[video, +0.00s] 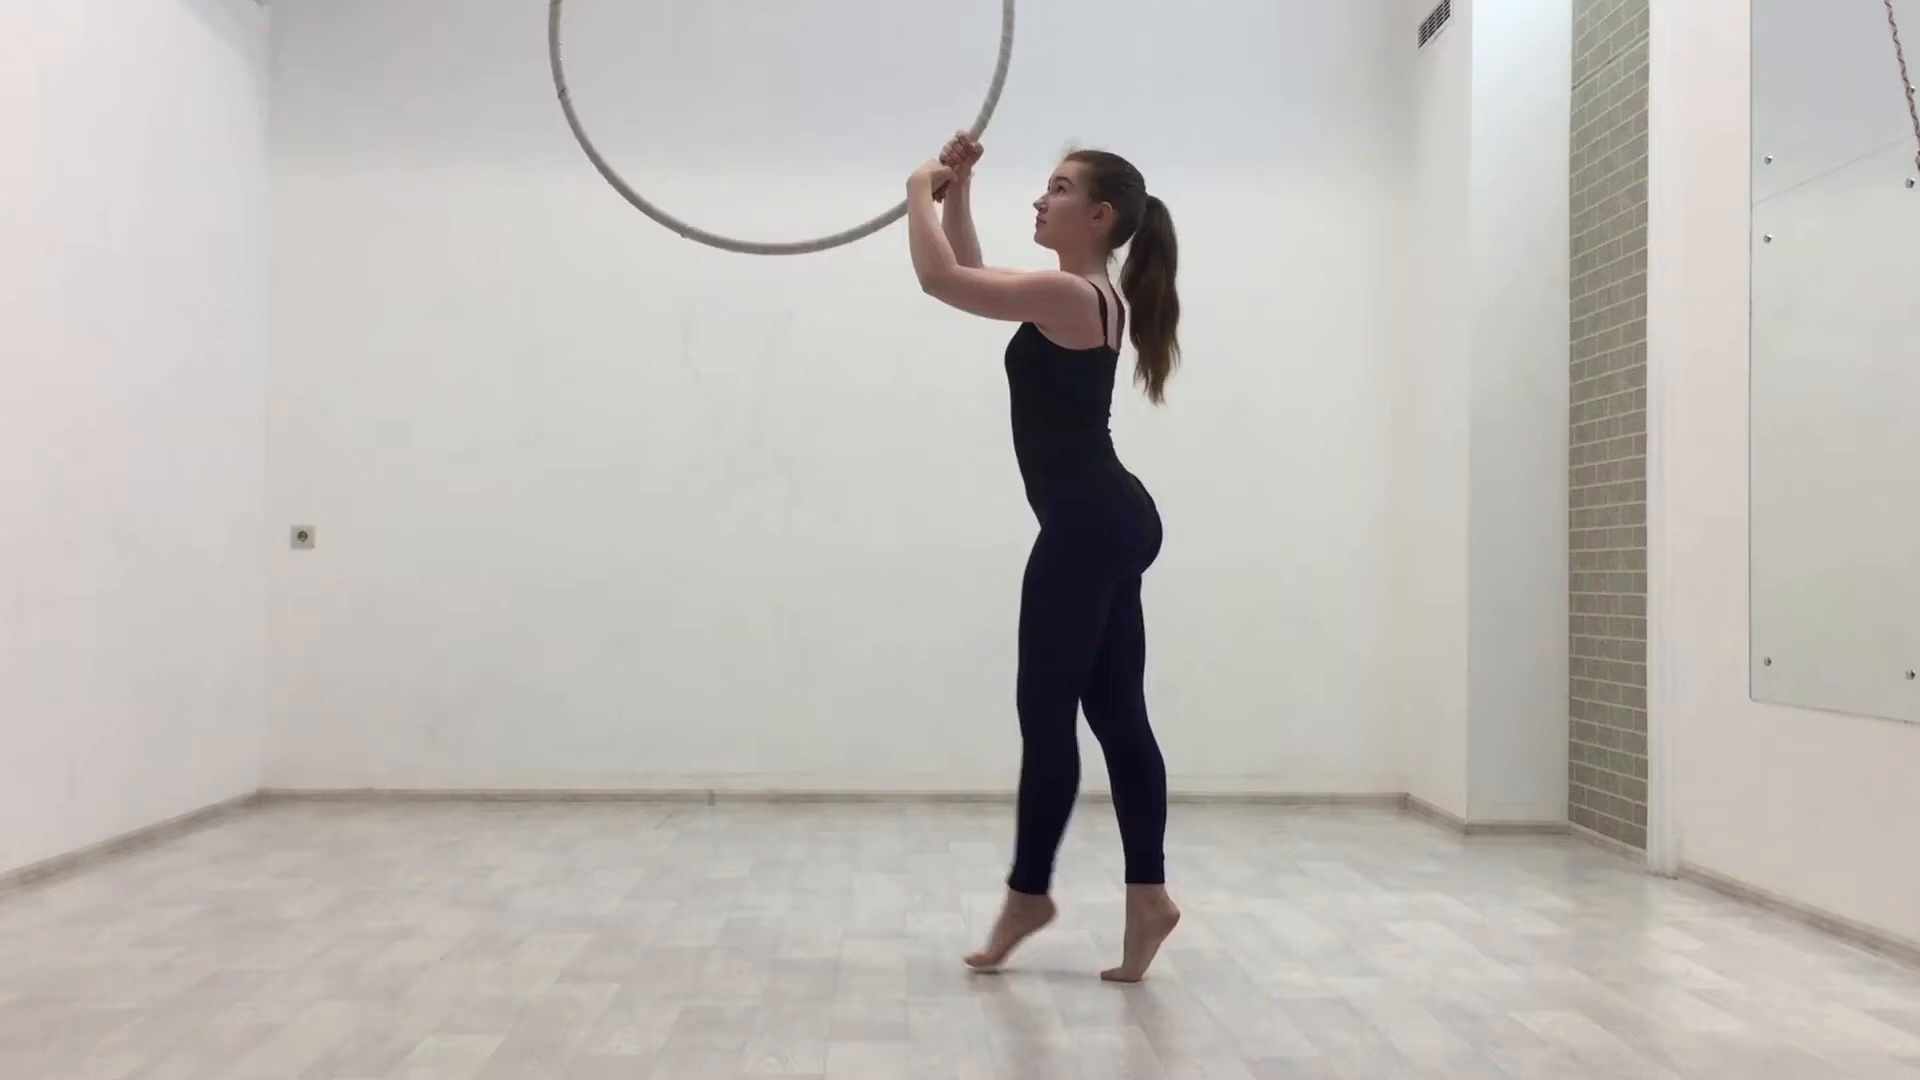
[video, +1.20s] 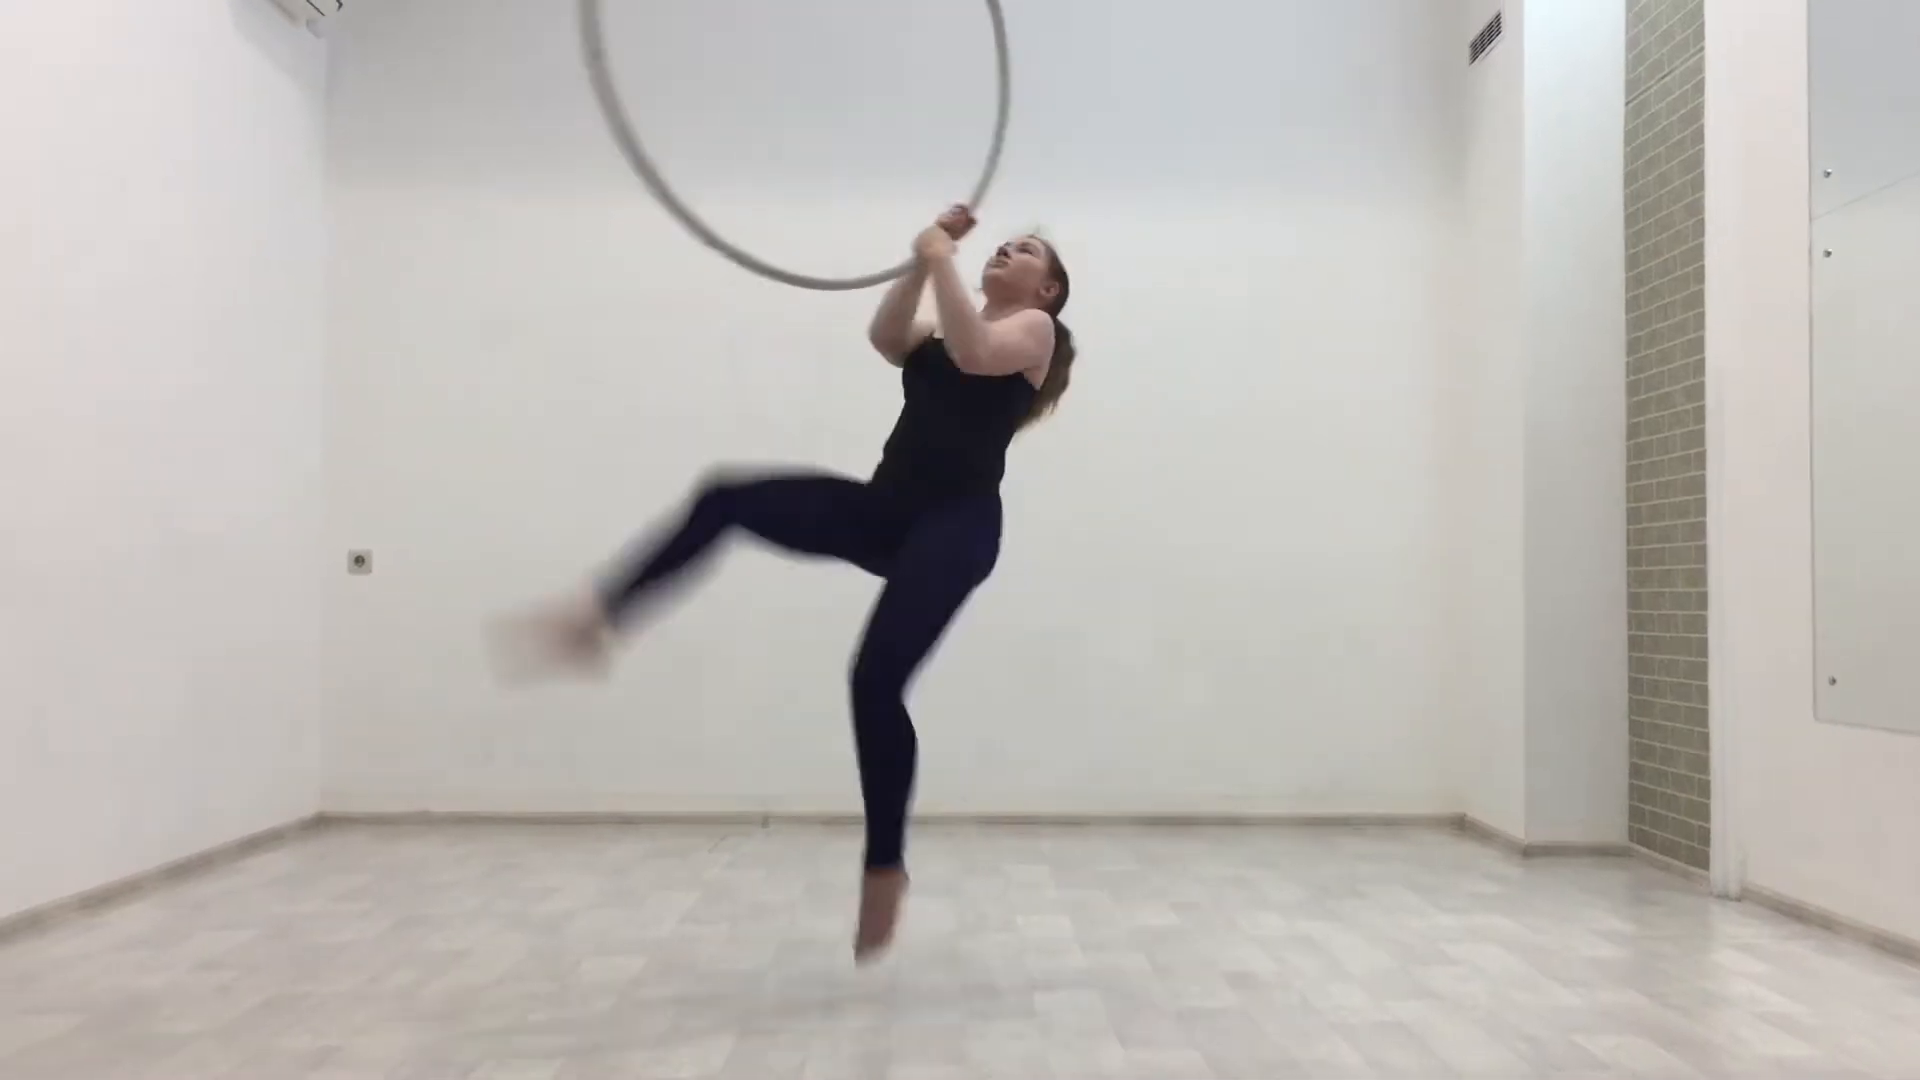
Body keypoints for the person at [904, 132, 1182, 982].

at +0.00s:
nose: (1041, 199)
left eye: (1060, 190)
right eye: (1048, 186)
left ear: (1102, 216)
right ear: (1095, 219)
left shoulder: (1063, 296)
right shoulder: (1095, 298)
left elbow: (939, 279)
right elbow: (971, 276)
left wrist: (920, 194)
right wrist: (959, 190)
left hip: (1079, 532)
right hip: (1115, 521)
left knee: (1042, 713)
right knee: (1120, 715)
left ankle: (1028, 892)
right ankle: (1148, 897)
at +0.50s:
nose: (1010, 215)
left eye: (1028, 208)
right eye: (1019, 203)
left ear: (1063, 237)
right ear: (1066, 242)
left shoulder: (1018, 308)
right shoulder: (1069, 316)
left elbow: (900, 298)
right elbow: (942, 294)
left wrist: (895, 214)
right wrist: (932, 207)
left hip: (1042, 546)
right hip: (1096, 535)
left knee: (970, 724)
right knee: (1112, 729)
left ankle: (908, 900)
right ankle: (1151, 909)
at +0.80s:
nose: (967, 238)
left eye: (986, 234)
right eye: (979, 228)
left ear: (1017, 270)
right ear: (1012, 273)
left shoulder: (976, 336)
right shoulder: (989, 335)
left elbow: (852, 310)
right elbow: (875, 308)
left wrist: (858, 224)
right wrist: (883, 224)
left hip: (991, 569)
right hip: (1019, 560)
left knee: (918, 741)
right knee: (1066, 746)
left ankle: (882, 935)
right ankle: (1145, 915)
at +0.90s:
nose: (963, 244)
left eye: (982, 243)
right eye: (974, 235)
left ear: (1009, 281)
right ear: (1002, 281)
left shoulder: (974, 344)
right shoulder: (960, 337)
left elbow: (851, 315)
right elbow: (846, 315)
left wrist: (853, 229)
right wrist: (870, 225)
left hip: (965, 579)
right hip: (965, 571)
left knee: (909, 754)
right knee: (1000, 757)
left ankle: (895, 950)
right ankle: (1119, 898)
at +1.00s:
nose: (974, 247)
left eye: (996, 248)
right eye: (983, 239)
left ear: (1020, 289)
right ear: (998, 281)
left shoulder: (988, 349)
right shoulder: (939, 342)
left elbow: (879, 333)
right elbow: (836, 319)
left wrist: (858, 241)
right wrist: (868, 235)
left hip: (961, 572)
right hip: (909, 570)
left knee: (923, 761)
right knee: (880, 758)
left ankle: (908, 956)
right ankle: (1005, 887)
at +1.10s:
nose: (992, 246)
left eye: (1016, 247)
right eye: (995, 239)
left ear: (1039, 289)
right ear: (978, 268)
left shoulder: (1017, 334)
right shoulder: (942, 339)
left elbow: (922, 341)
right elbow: (856, 328)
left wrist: (886, 250)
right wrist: (885, 246)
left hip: (960, 559)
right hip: (891, 545)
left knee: (921, 742)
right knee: (769, 664)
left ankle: (905, 935)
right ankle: (771, 848)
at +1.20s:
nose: (1002, 255)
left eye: (1024, 254)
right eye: (999, 251)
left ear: (1048, 293)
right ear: (981, 273)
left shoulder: (1039, 330)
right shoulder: (949, 331)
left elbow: (975, 349)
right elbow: (888, 335)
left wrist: (936, 256)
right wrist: (926, 254)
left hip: (951, 533)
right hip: (879, 513)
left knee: (876, 681)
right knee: (725, 497)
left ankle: (884, 869)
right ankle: (595, 624)